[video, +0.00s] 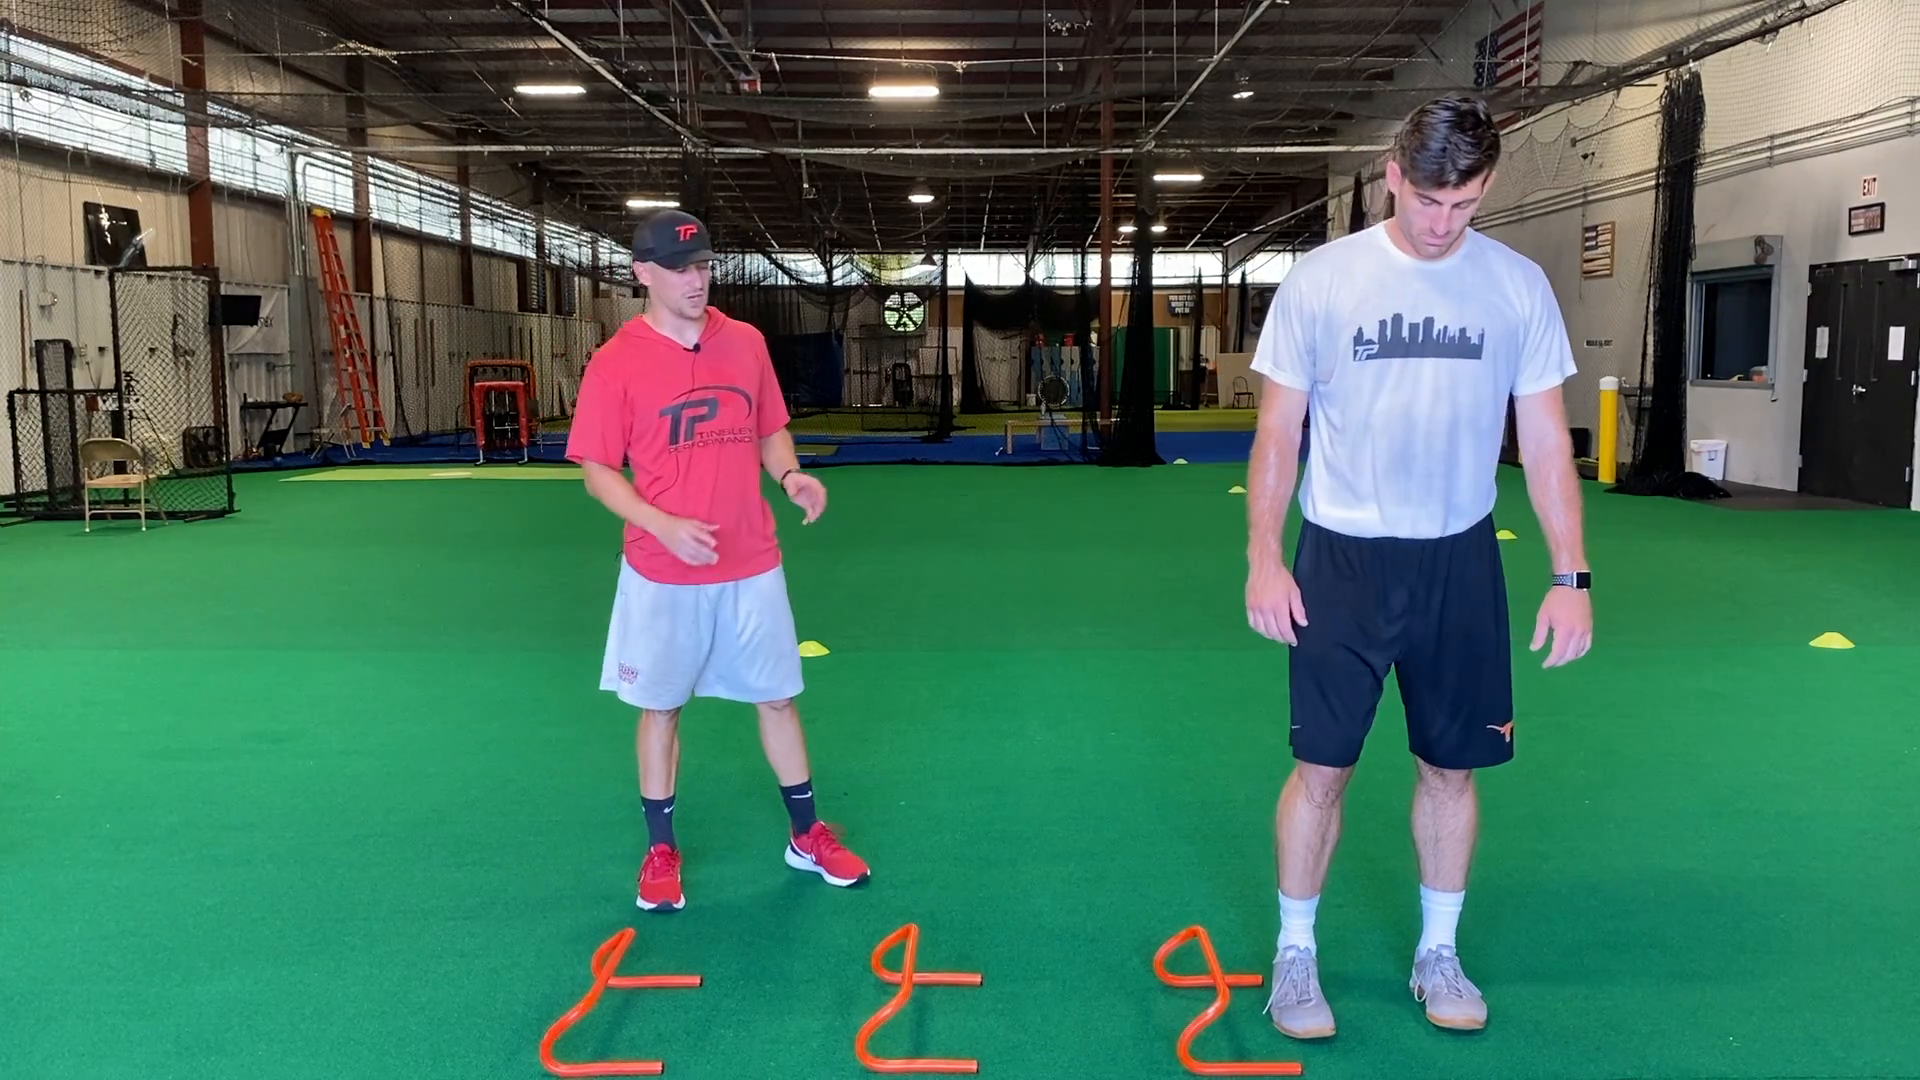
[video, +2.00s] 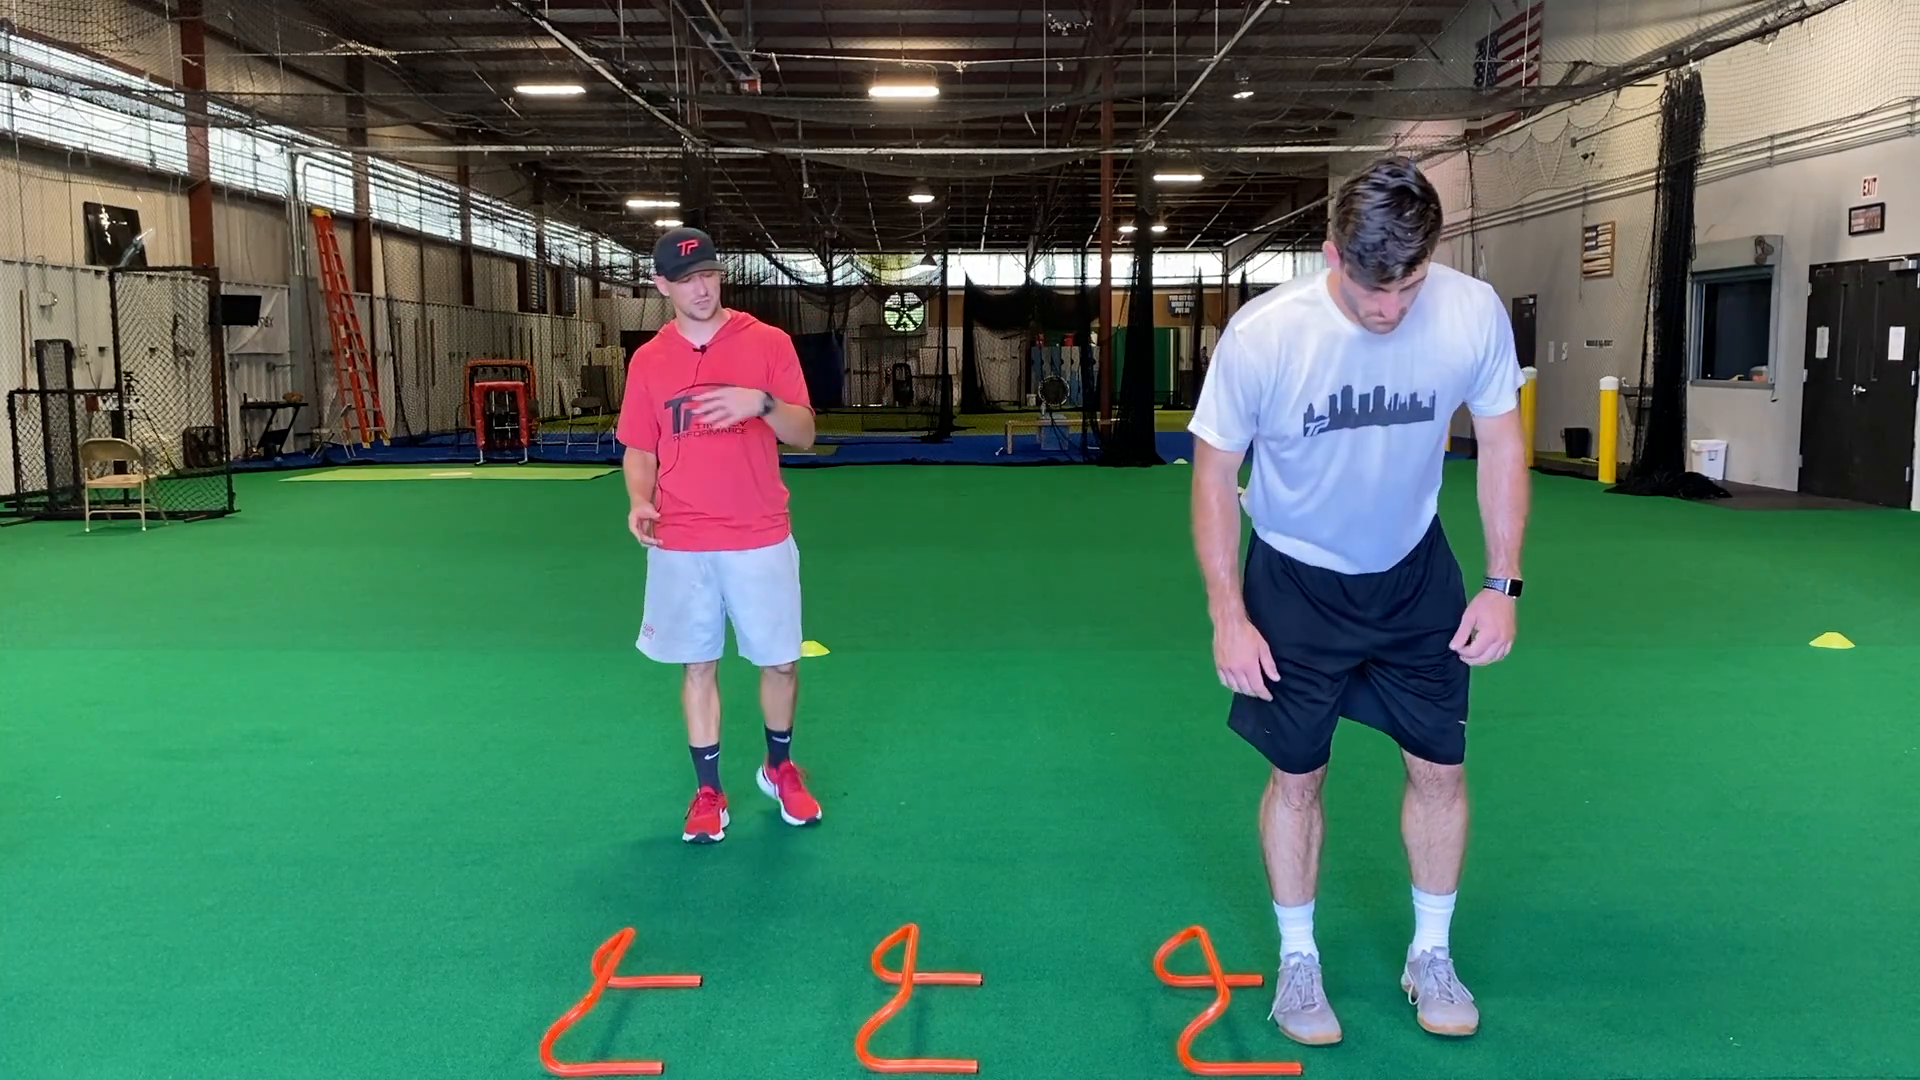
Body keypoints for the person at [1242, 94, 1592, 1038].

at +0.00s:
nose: (1448, 223)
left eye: (1467, 205)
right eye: (1431, 202)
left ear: (1489, 189)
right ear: (1391, 176)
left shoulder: (1516, 285)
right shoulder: (1319, 282)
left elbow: (1546, 441)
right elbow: (1278, 434)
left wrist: (1571, 575)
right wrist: (1264, 557)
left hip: (1459, 562)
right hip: (1342, 560)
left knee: (1451, 763)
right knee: (1323, 766)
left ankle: (1439, 956)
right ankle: (1295, 956)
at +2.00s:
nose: (1389, 309)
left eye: (1405, 288)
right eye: (1371, 289)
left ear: (1427, 259)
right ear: (1333, 258)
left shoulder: (1472, 314)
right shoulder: (1260, 338)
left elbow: (1501, 446)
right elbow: (1214, 472)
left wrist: (1503, 581)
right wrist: (1228, 615)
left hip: (1415, 574)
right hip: (1296, 579)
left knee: (1441, 761)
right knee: (1297, 772)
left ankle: (1432, 955)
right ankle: (1298, 961)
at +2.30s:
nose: (1407, 346)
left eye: (1425, 325)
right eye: (1388, 326)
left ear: (1447, 298)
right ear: (1349, 295)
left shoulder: (1489, 349)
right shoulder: (1275, 365)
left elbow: (1516, 453)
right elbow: (1214, 474)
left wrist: (1514, 588)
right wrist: (1229, 620)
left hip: (1415, 579)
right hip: (1297, 584)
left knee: (1432, 763)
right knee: (1302, 767)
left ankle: (1427, 956)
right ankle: (1300, 959)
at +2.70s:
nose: (1316, 376)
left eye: (1336, 356)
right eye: (1298, 355)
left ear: (1363, 335)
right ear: (1262, 331)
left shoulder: (1408, 421)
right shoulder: (1197, 388)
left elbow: (1440, 527)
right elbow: (1138, 424)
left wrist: (1387, 628)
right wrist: (1126, 539)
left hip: (1341, 590)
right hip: (1216, 579)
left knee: (1400, 789)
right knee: (1199, 739)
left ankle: (1422, 961)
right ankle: (1190, 814)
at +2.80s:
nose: (1237, 342)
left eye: (1254, 322)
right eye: (1220, 322)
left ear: (1280, 298)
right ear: (1181, 302)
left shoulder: (1334, 371)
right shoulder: (1121, 364)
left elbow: (1390, 441)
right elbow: (1078, 403)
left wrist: (1331, 516)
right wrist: (1082, 521)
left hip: (1293, 582)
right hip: (1163, 572)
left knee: (1360, 764)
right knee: (1116, 735)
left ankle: (1423, 947)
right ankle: (1091, 877)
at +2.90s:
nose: (1149, 313)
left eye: (1165, 293)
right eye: (1130, 295)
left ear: (1193, 275)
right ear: (1099, 279)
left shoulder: (1250, 333)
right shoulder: (1039, 354)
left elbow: (1320, 349)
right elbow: (1010, 423)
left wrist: (1293, 478)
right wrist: (1038, 539)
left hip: (1230, 569)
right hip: (1103, 581)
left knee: (1315, 750)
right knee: (1081, 773)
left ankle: (1343, 857)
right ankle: (1053, 942)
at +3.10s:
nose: (1006, 289)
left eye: (1023, 269)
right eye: (989, 271)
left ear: (1062, 249)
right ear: (966, 259)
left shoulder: (1127, 334)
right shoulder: (921, 316)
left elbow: (1199, 411)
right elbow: (897, 368)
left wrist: (1132, 504)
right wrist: (910, 482)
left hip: (1087, 527)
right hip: (971, 527)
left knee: (1101, 737)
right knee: (964, 722)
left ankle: (1087, 920)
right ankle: (1012, 831)